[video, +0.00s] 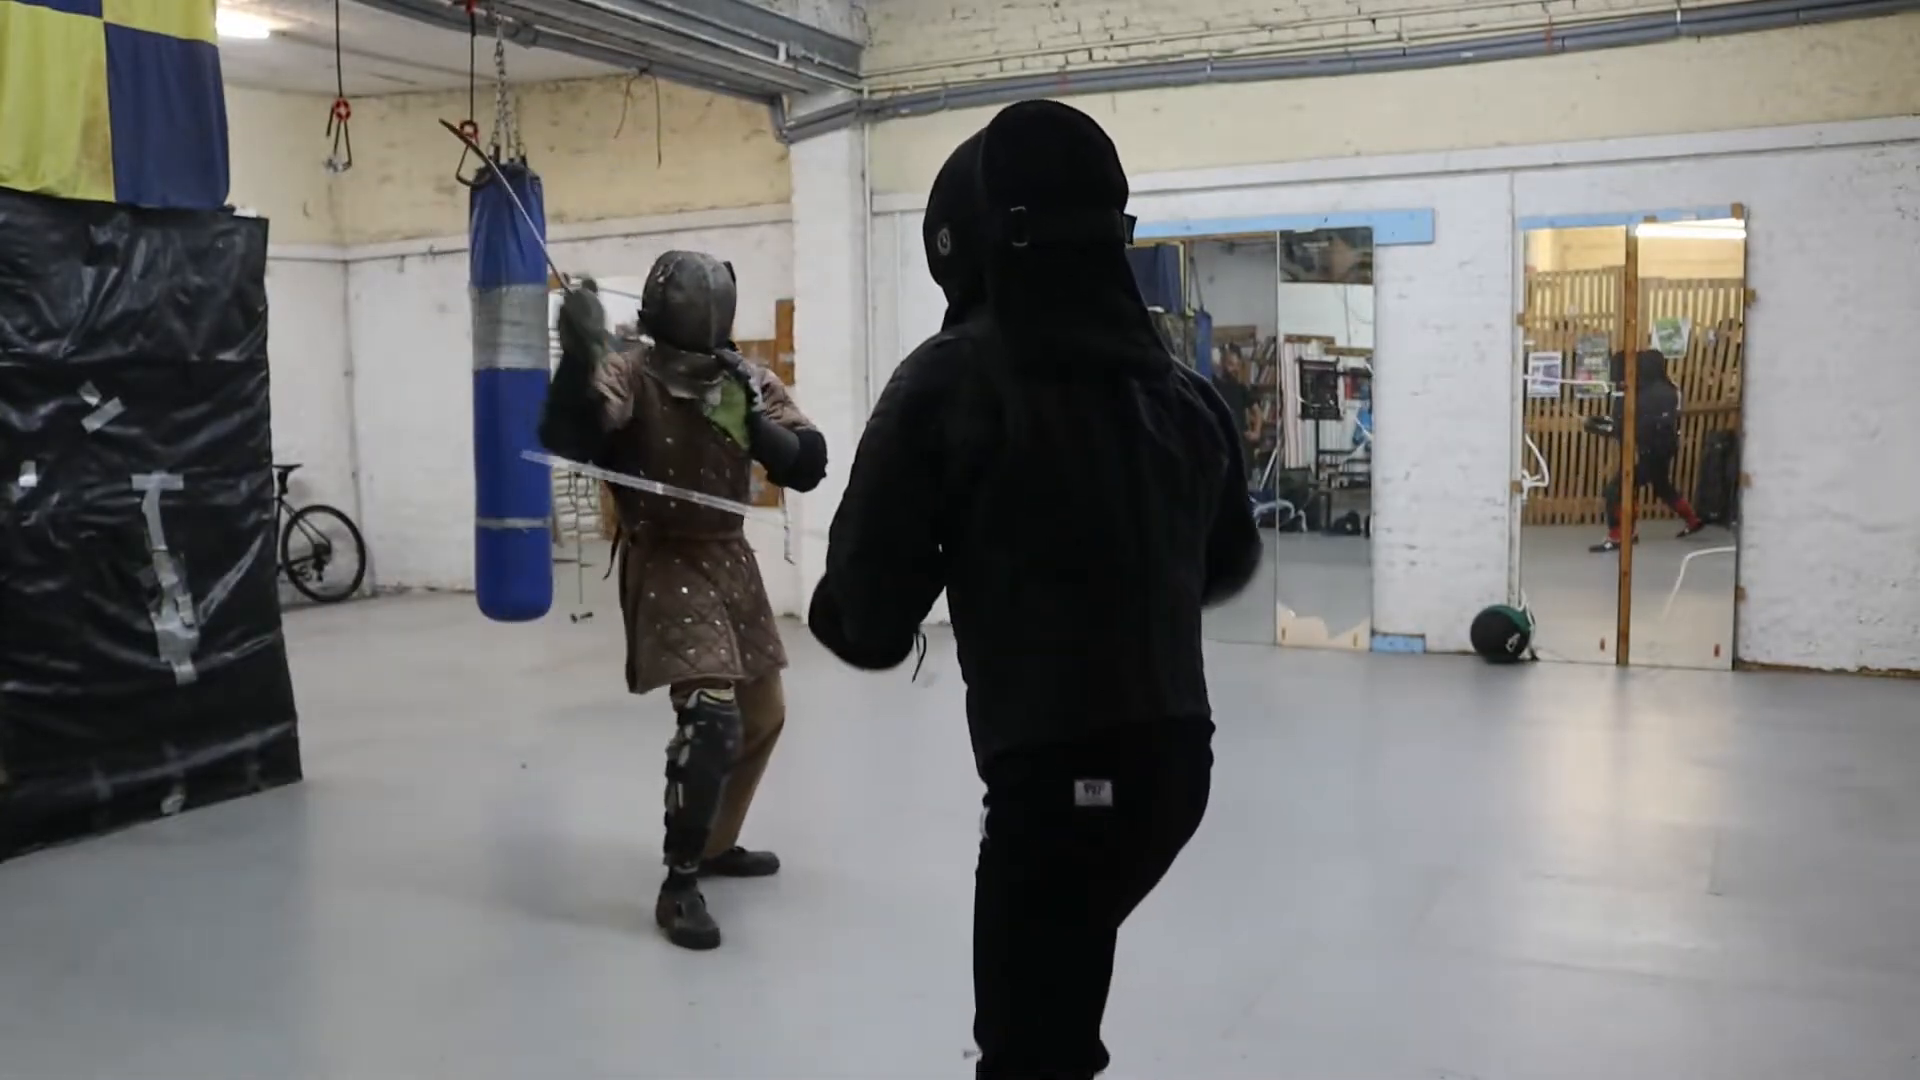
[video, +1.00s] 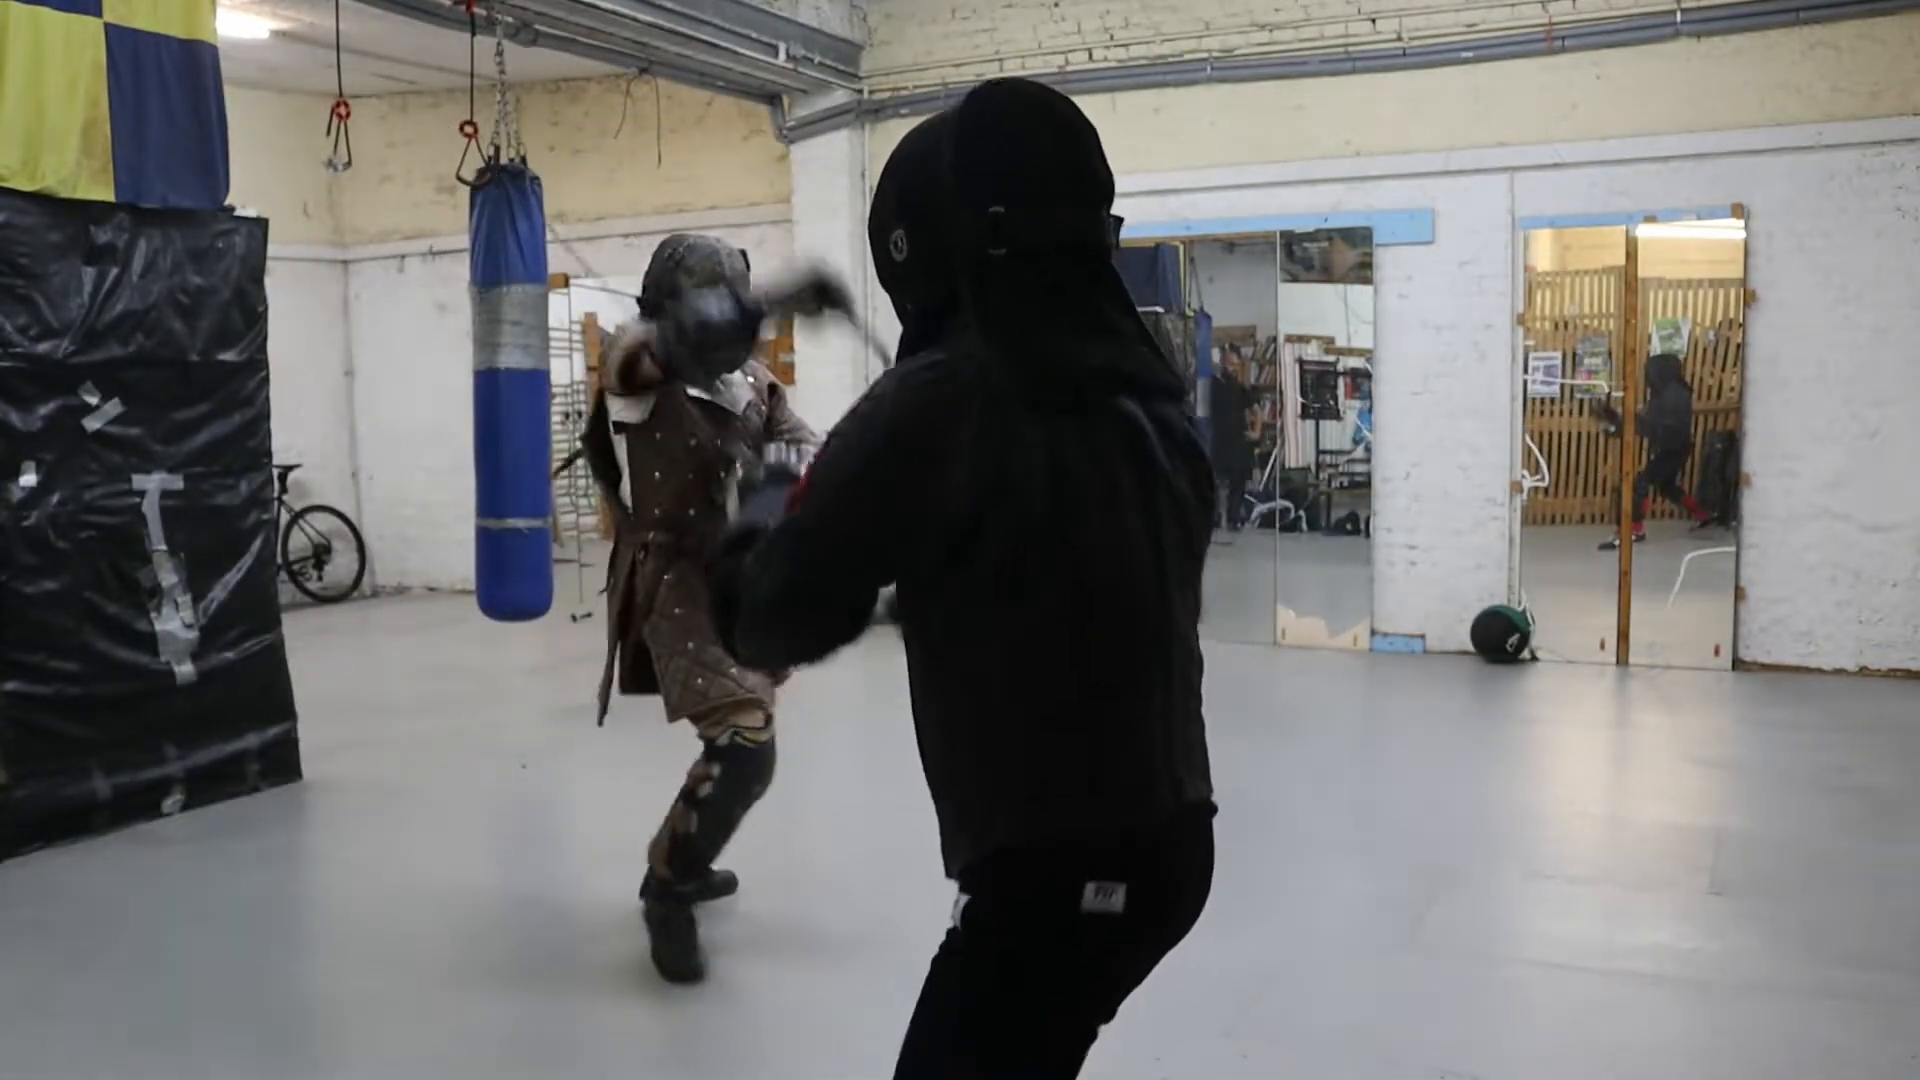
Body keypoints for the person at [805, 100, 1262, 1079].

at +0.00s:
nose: (934, 262)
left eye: (942, 236)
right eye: (936, 236)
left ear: (977, 240)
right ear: (1103, 233)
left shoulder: (945, 383)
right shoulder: (1177, 386)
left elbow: (868, 624)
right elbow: (1229, 560)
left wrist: (836, 589)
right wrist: (1112, 557)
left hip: (1049, 768)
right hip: (1175, 757)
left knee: (1031, 1046)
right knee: (1042, 1013)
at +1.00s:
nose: (894, 275)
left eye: (901, 244)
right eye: (890, 246)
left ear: (949, 239)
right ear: (1077, 230)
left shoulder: (937, 400)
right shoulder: (1147, 387)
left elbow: (779, 617)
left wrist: (760, 505)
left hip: (1043, 866)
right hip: (1161, 845)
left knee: (945, 1066)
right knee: (1013, 1057)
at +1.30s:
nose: (890, 261)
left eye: (899, 232)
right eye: (890, 233)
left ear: (934, 234)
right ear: (1113, 218)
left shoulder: (898, 412)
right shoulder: (1198, 377)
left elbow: (735, 565)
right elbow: (1230, 336)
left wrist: (711, 454)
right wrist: (1123, 261)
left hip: (1011, 938)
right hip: (1188, 915)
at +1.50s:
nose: (872, 244)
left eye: (887, 216)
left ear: (917, 236)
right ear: (1114, 215)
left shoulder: (886, 424)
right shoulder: (1191, 366)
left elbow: (698, 548)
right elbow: (1256, 213)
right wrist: (1129, 70)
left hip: (1032, 949)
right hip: (1219, 924)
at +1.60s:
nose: (882, 261)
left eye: (893, 232)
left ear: (925, 239)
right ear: (1115, 221)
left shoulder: (885, 429)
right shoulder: (1203, 380)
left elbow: (688, 564)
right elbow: (1287, 285)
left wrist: (821, 646)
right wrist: (1153, 150)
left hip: (1034, 940)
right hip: (1217, 916)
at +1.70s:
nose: (900, 264)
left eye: (908, 233)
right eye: (901, 234)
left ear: (941, 235)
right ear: (1121, 221)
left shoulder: (914, 422)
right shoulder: (1207, 399)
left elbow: (730, 624)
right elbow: (1284, 435)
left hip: (1043, 924)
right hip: (1217, 900)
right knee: (1091, 1056)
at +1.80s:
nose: (909, 255)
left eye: (917, 223)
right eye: (907, 225)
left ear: (959, 222)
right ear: (1117, 213)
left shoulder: (925, 408)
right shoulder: (1200, 399)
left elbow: (820, 679)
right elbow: (1254, 580)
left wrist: (752, 560)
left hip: (1065, 891)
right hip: (1226, 864)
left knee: (998, 1065)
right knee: (1076, 1055)